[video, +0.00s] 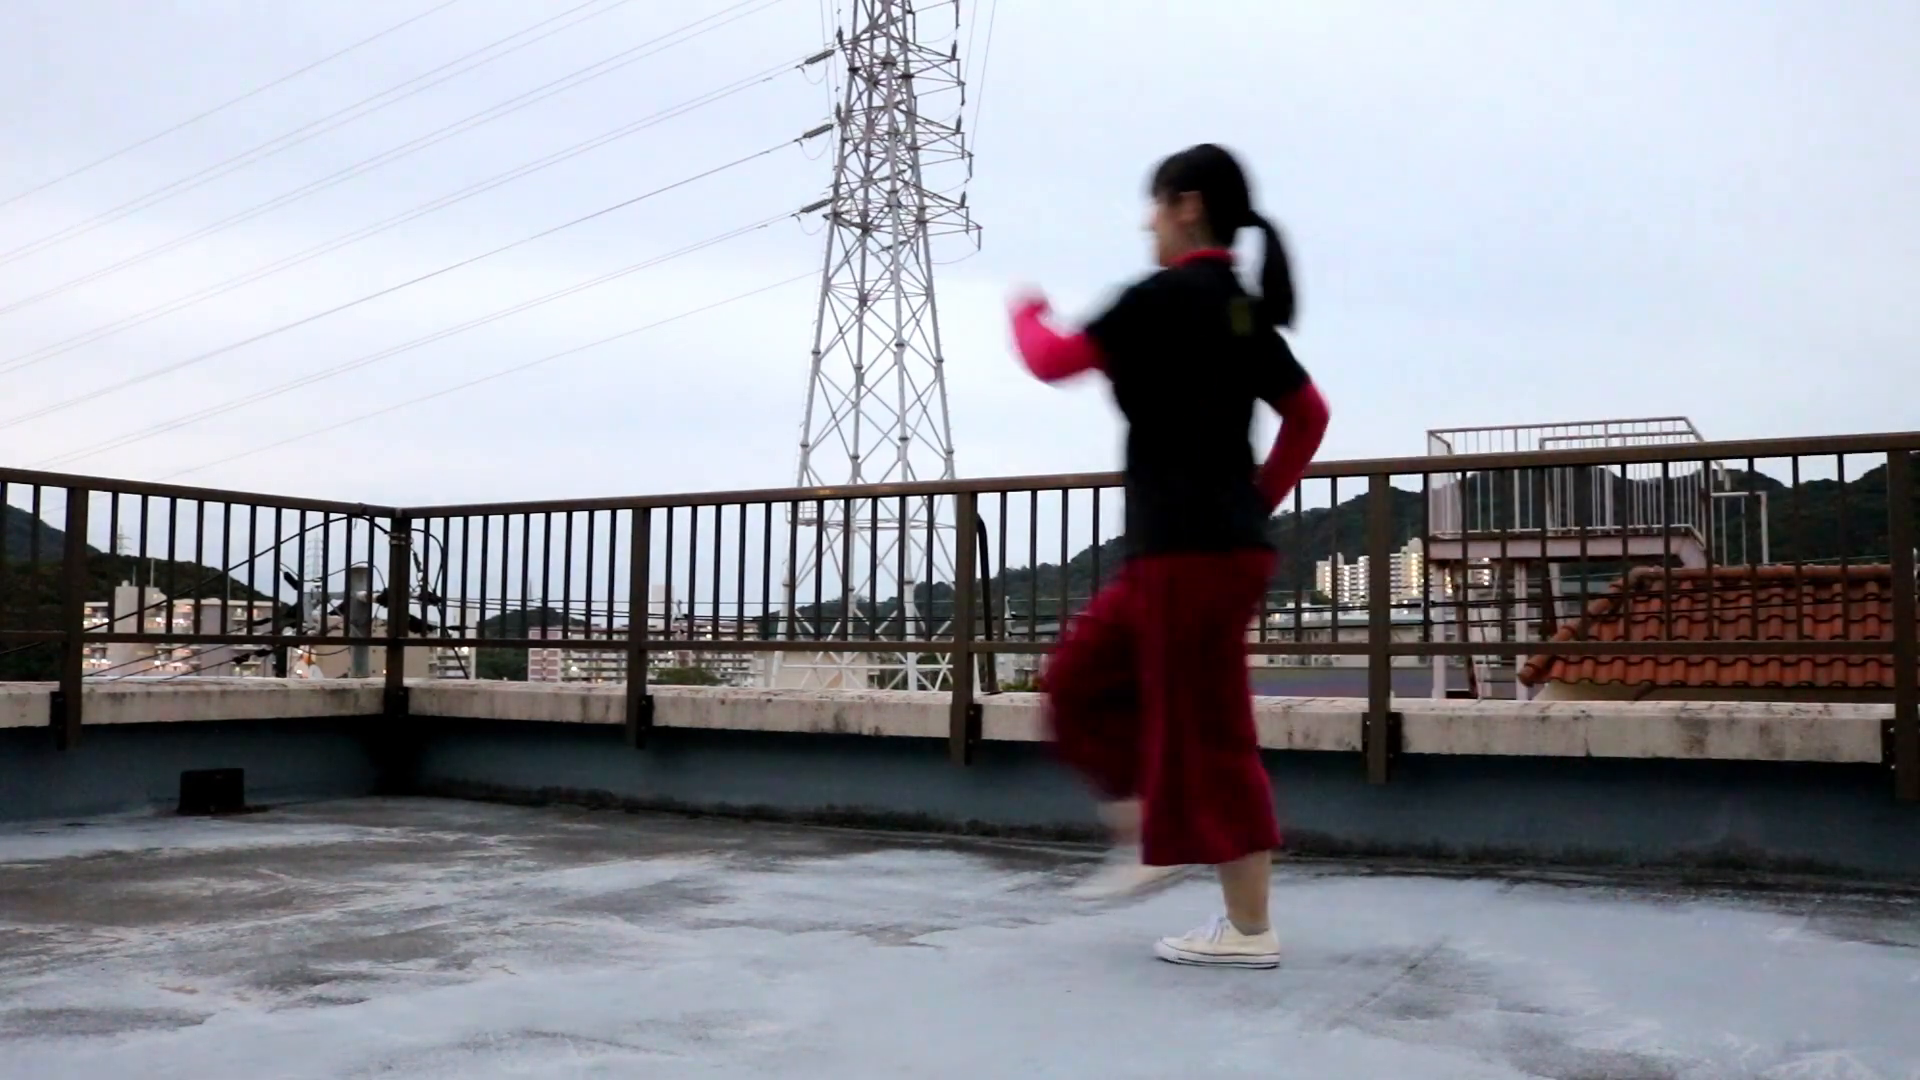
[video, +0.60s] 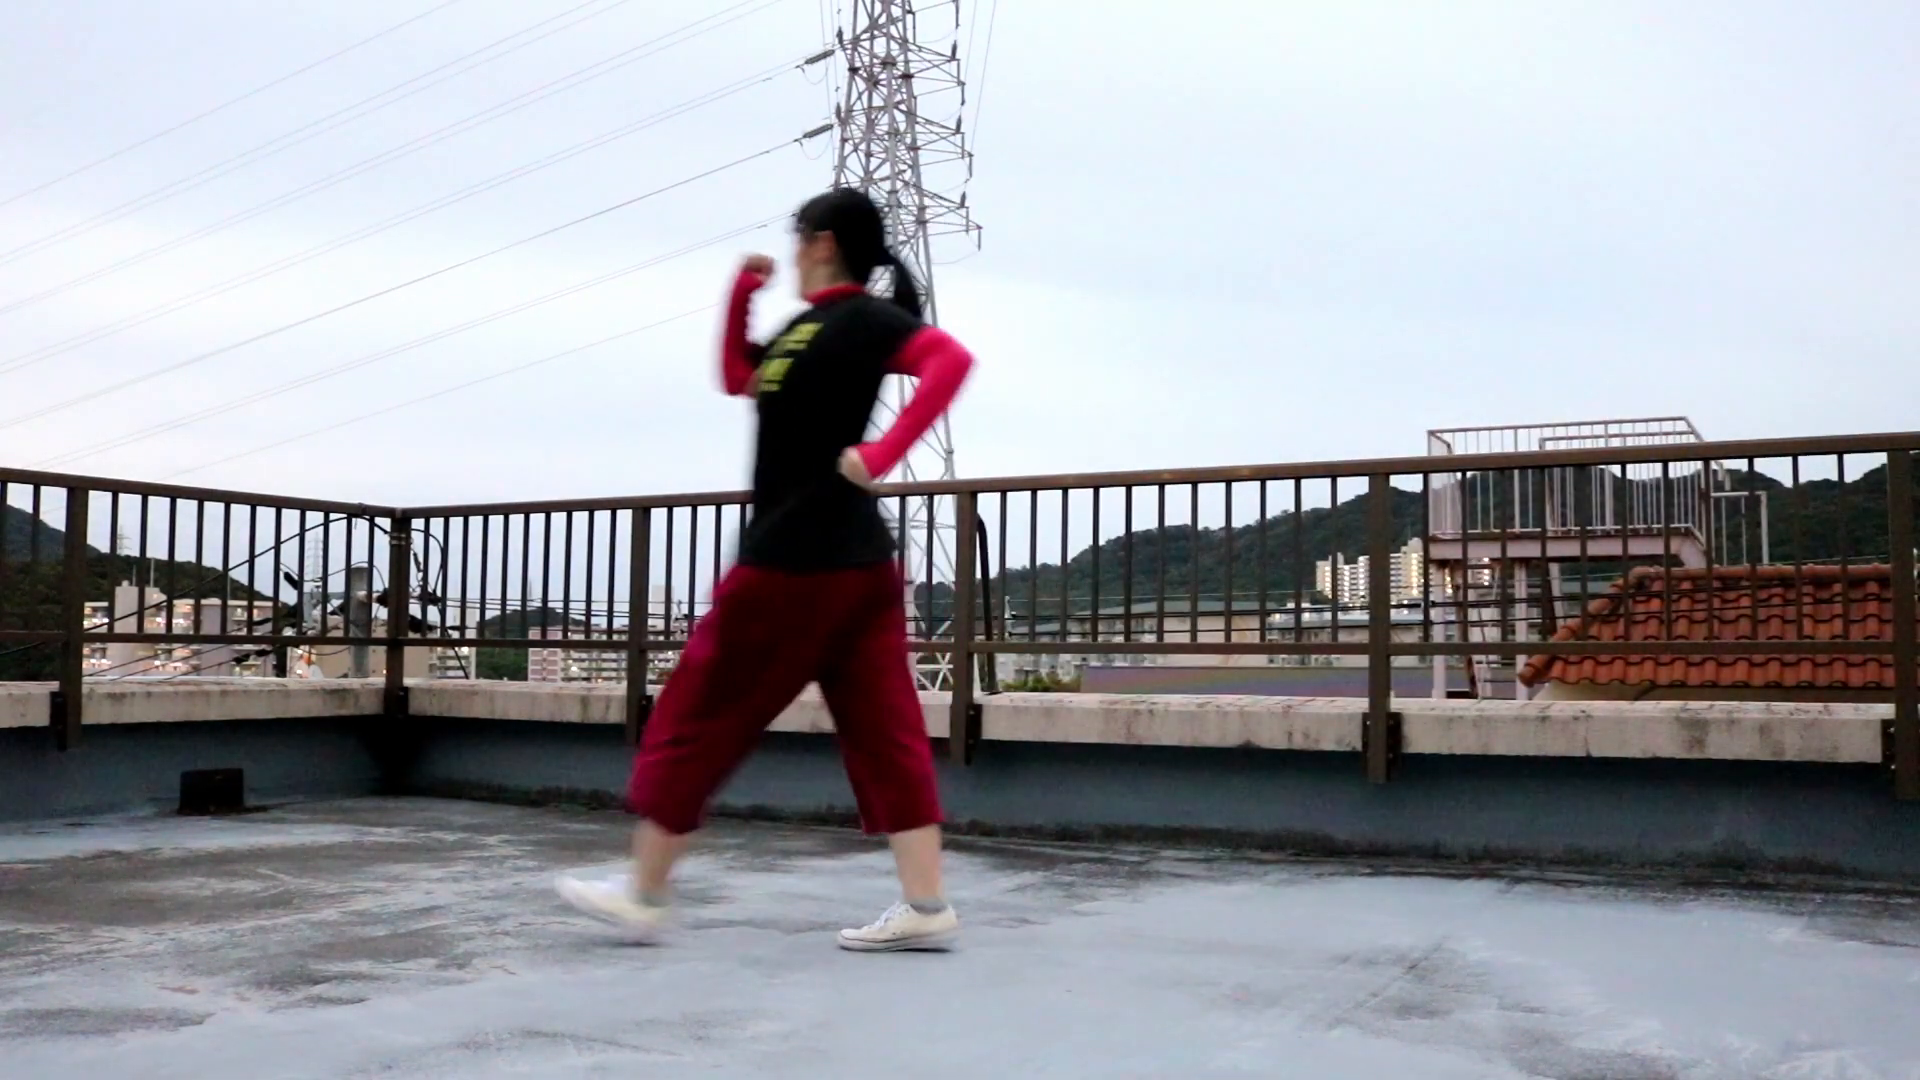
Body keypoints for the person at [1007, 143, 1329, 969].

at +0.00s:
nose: (1148, 220)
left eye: (1156, 205)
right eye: (1152, 205)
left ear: (1187, 210)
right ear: (1215, 216)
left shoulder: (1157, 301)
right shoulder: (1238, 312)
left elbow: (1053, 359)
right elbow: (1308, 414)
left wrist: (1024, 308)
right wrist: (1257, 502)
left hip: (1182, 553)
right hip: (1231, 548)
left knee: (1210, 725)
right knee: (1076, 680)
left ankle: (1249, 926)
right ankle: (1143, 833)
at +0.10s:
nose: (1085, 223)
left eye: (1092, 209)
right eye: (1089, 209)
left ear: (1123, 214)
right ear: (1152, 220)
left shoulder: (1085, 293)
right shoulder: (1189, 307)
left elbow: (963, 323)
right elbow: (1290, 373)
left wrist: (961, 247)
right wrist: (1260, 473)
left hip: (1129, 553)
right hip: (1143, 549)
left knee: (1175, 731)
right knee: (1024, 714)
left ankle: (1246, 922)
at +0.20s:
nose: (1021, 234)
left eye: (1030, 220)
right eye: (1025, 220)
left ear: (1061, 225)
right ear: (1086, 230)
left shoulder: (1018, 301)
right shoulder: (1124, 316)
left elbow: (904, 331)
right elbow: (1223, 385)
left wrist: (895, 256)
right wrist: (1181, 472)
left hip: (1040, 555)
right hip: (1089, 549)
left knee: (1117, 727)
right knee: (984, 729)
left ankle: (1224, 900)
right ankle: (938, 911)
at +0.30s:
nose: (961, 236)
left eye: (968, 223)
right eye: (965, 222)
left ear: (998, 229)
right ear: (1027, 235)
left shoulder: (961, 306)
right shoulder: (1054, 319)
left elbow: (875, 379)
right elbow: (1112, 432)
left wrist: (829, 333)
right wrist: (1049, 479)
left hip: (968, 564)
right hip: (1027, 563)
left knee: (956, 723)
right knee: (945, 721)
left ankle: (1137, 848)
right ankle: (931, 912)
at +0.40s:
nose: (903, 246)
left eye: (909, 232)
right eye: (906, 232)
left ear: (939, 236)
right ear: (964, 240)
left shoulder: (933, 313)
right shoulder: (980, 320)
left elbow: (908, 411)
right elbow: (958, 428)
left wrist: (823, 436)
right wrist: (876, 402)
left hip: (920, 563)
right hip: (969, 561)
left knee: (836, 723)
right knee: (924, 726)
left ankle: (995, 811)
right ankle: (928, 913)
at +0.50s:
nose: (848, 248)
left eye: (856, 235)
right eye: (851, 235)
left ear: (885, 239)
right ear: (906, 244)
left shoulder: (903, 315)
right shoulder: (887, 324)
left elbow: (950, 393)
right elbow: (833, 414)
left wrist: (876, 466)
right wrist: (794, 343)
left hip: (869, 567)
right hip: (913, 565)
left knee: (743, 684)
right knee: (908, 730)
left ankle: (806, 854)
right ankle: (931, 911)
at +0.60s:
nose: (793, 256)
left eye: (801, 243)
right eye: (798, 244)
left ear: (827, 247)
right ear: (845, 252)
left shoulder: (862, 317)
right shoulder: (804, 329)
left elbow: (948, 361)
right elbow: (736, 374)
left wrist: (882, 451)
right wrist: (740, 289)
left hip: (794, 560)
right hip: (856, 558)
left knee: (693, 711)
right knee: (886, 729)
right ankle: (926, 905)